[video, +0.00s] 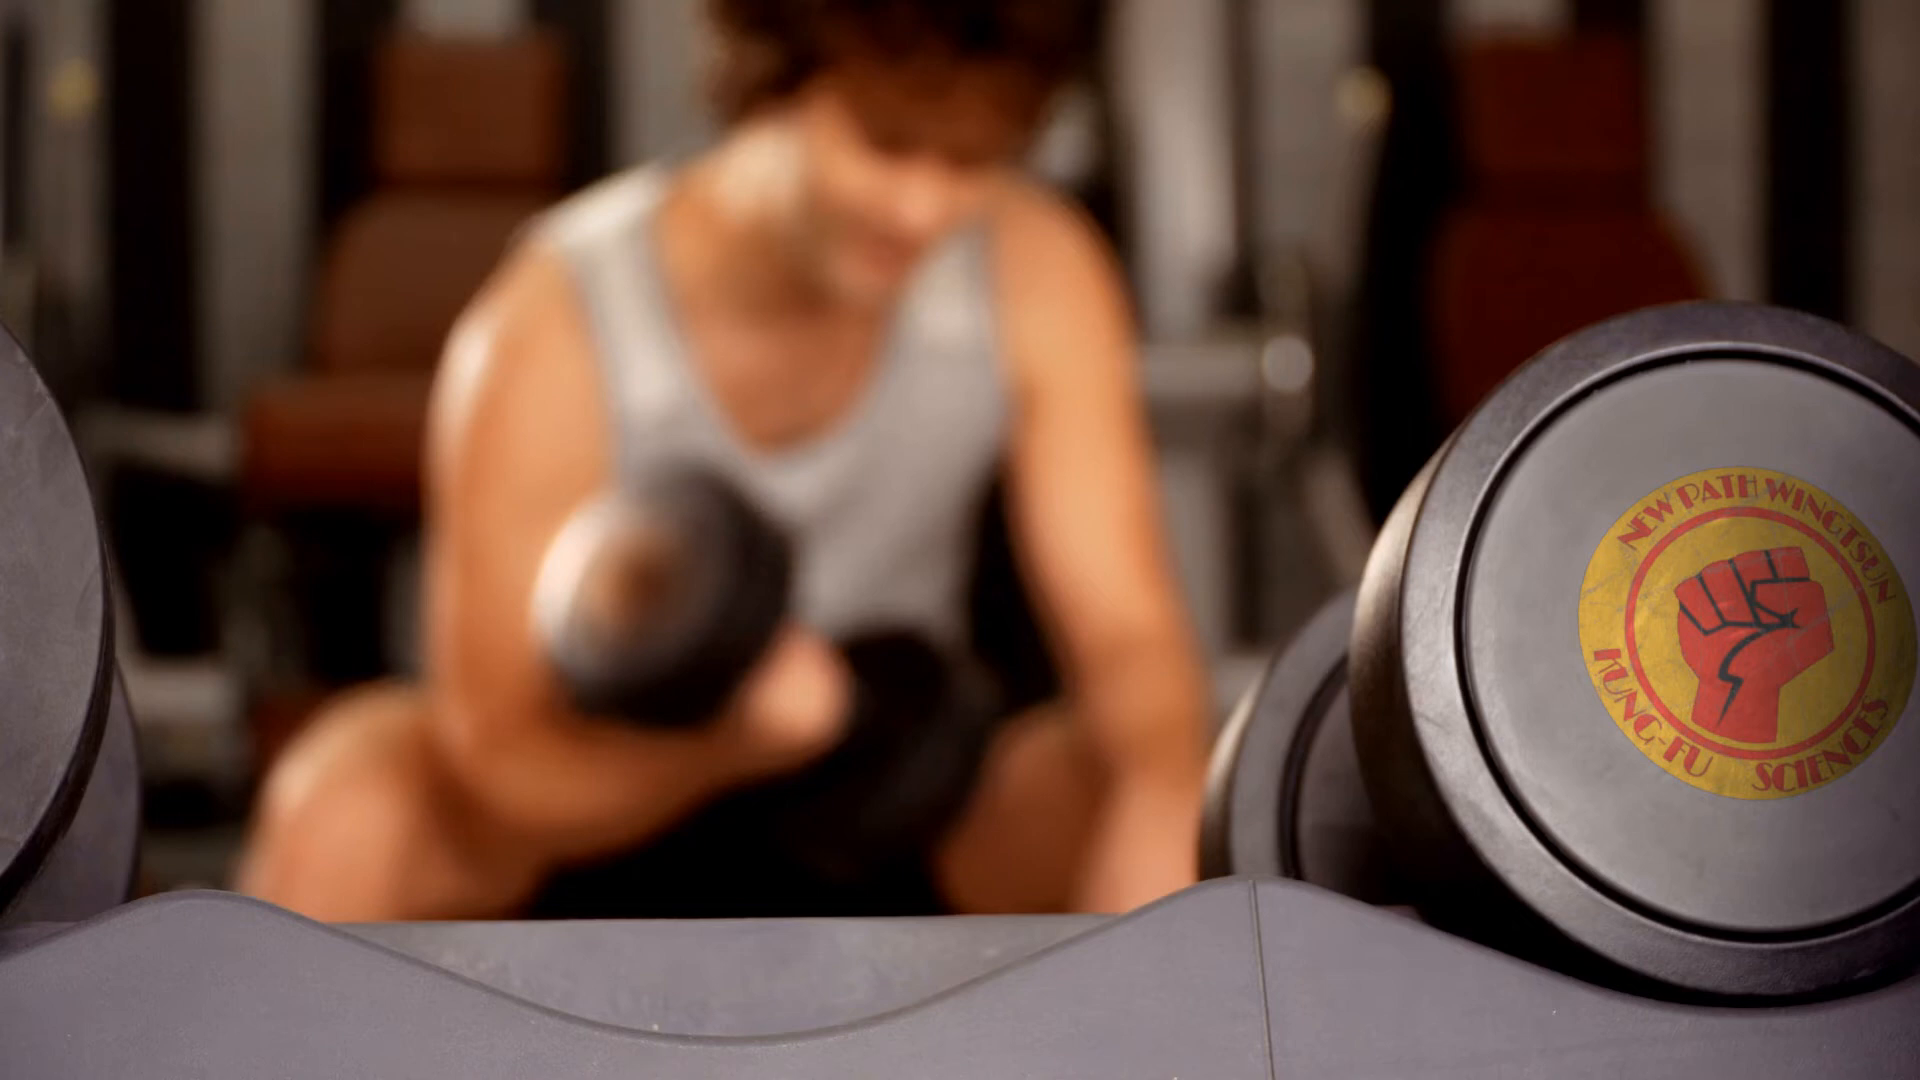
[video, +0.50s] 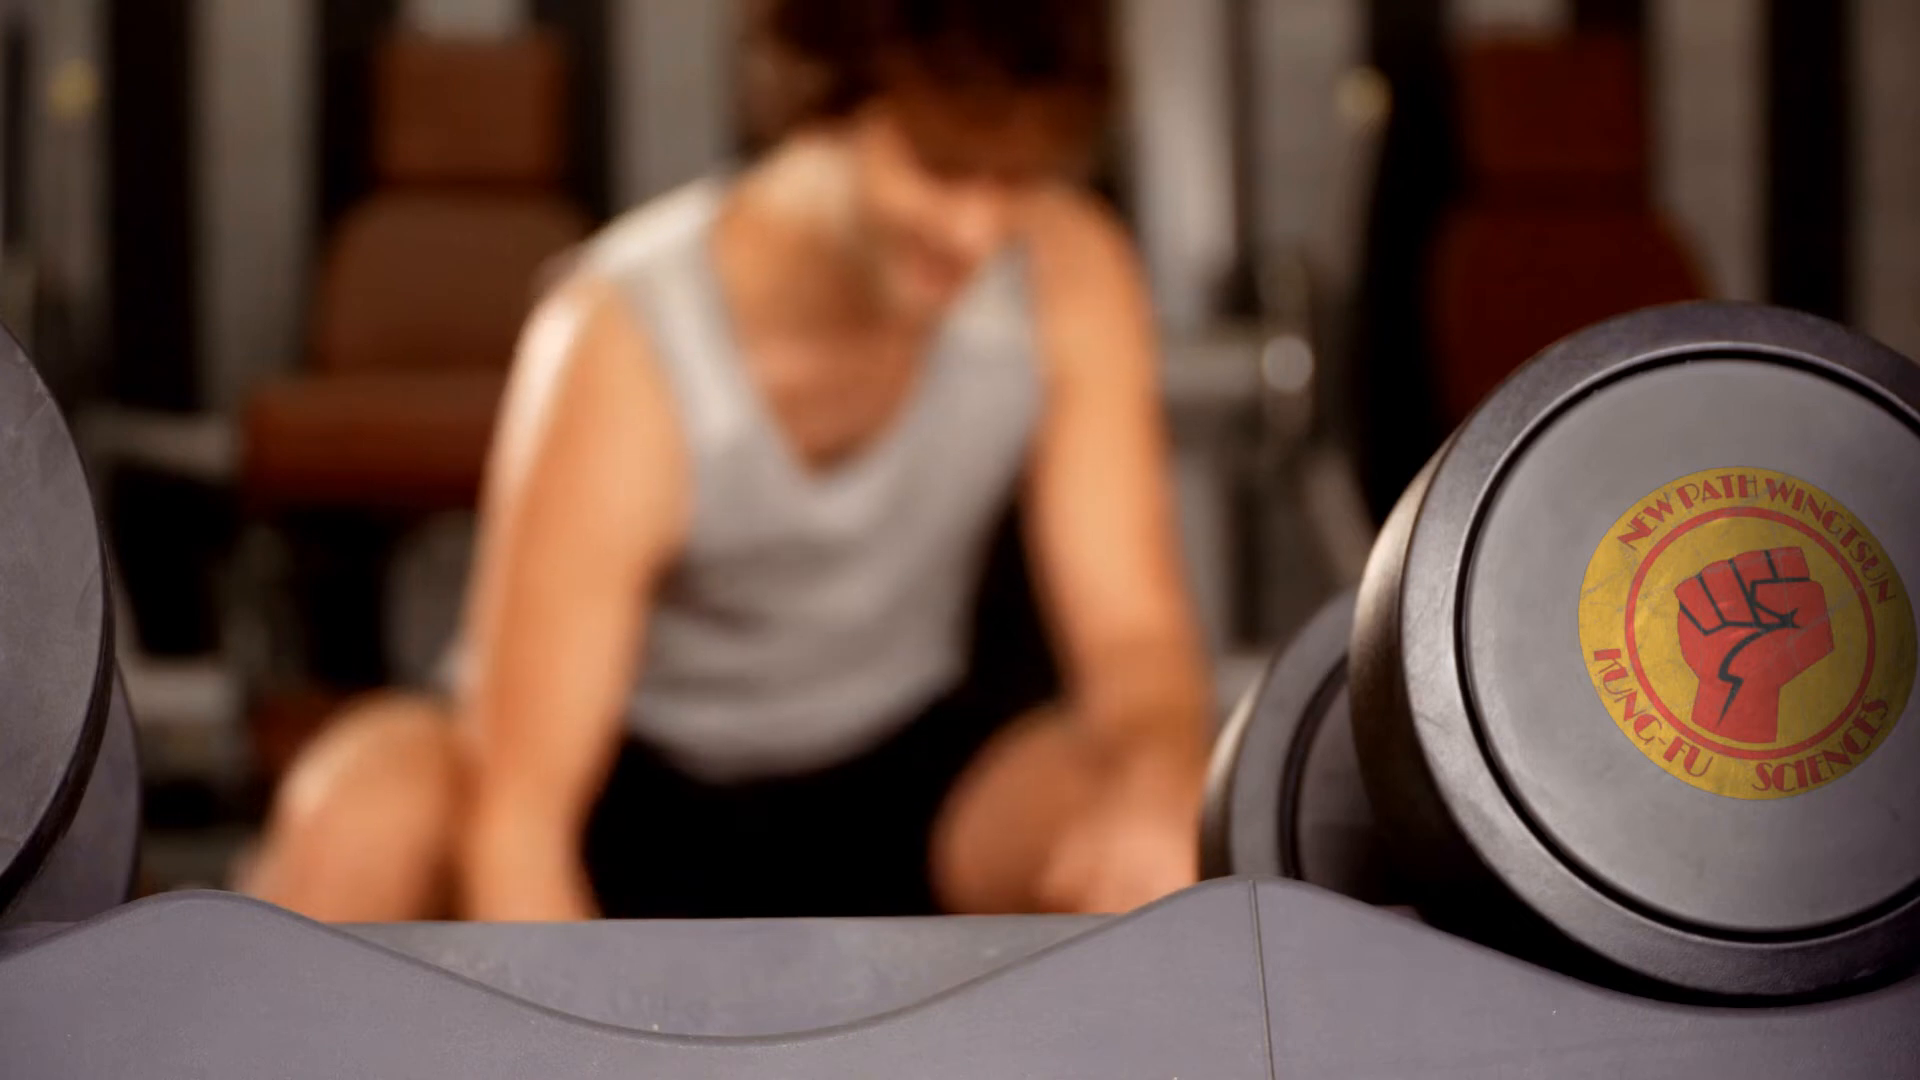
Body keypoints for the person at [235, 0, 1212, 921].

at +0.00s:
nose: (923, 208)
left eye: (974, 162)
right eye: (887, 143)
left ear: (1020, 147)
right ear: (776, 78)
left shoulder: (1030, 263)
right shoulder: (549, 325)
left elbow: (1131, 647)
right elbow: (513, 775)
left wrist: (1154, 836)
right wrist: (742, 738)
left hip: (885, 793)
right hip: (596, 806)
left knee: (1165, 798)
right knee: (345, 800)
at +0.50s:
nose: (976, 231)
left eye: (1016, 182)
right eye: (938, 170)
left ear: (1056, 158)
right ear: (828, 113)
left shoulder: (1064, 270)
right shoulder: (623, 333)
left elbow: (1135, 651)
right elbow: (520, 815)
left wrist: (1152, 814)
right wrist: (594, 1063)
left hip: (898, 783)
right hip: (623, 793)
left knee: (1153, 824)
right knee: (362, 797)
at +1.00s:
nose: (946, 331)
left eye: (991, 286)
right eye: (914, 274)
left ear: (1040, 243)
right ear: (821, 175)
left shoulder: (1049, 276)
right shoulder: (611, 375)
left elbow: (1129, 654)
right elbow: (504, 849)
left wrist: (1149, 855)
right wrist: (535, 1074)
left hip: (902, 789)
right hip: (627, 804)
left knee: (1156, 803)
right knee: (343, 790)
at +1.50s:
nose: (932, 299)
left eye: (982, 262)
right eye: (906, 242)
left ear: (1041, 219)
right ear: (825, 137)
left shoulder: (1058, 263)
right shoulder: (604, 313)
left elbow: (1132, 641)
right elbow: (510, 749)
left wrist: (1169, 837)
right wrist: (672, 954)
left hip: (904, 773)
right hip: (628, 786)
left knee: (1189, 811)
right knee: (365, 788)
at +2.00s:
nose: (880, 303)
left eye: (922, 264)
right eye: (856, 247)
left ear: (978, 210)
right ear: (764, 147)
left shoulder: (1009, 260)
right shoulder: (492, 318)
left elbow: (1119, 634)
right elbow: (510, 748)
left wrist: (1182, 873)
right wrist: (733, 696)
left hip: (898, 782)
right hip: (599, 790)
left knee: (1170, 810)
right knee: (351, 800)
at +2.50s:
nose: (885, 277)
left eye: (930, 239)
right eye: (858, 223)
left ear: (985, 185)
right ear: (769, 128)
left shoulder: (1018, 257)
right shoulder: (517, 316)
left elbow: (1125, 635)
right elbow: (511, 748)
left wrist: (1181, 840)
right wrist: (750, 717)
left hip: (887, 783)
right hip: (596, 797)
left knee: (1182, 801)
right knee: (357, 798)